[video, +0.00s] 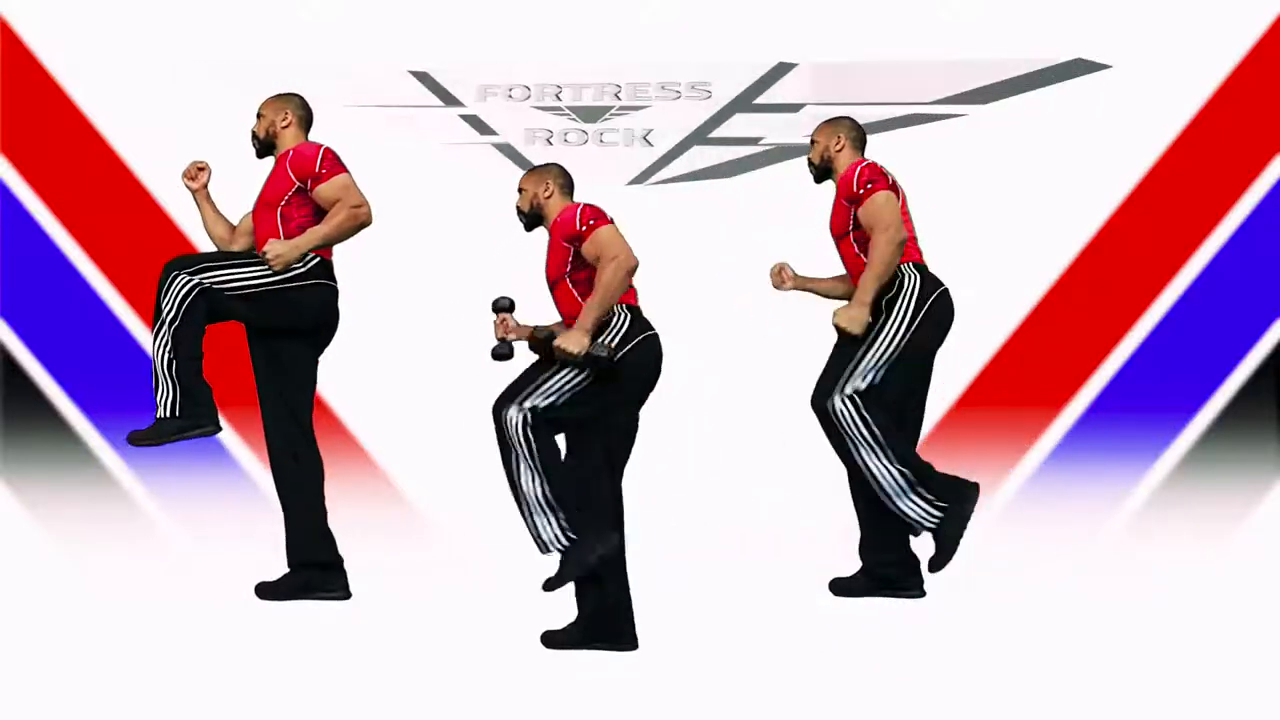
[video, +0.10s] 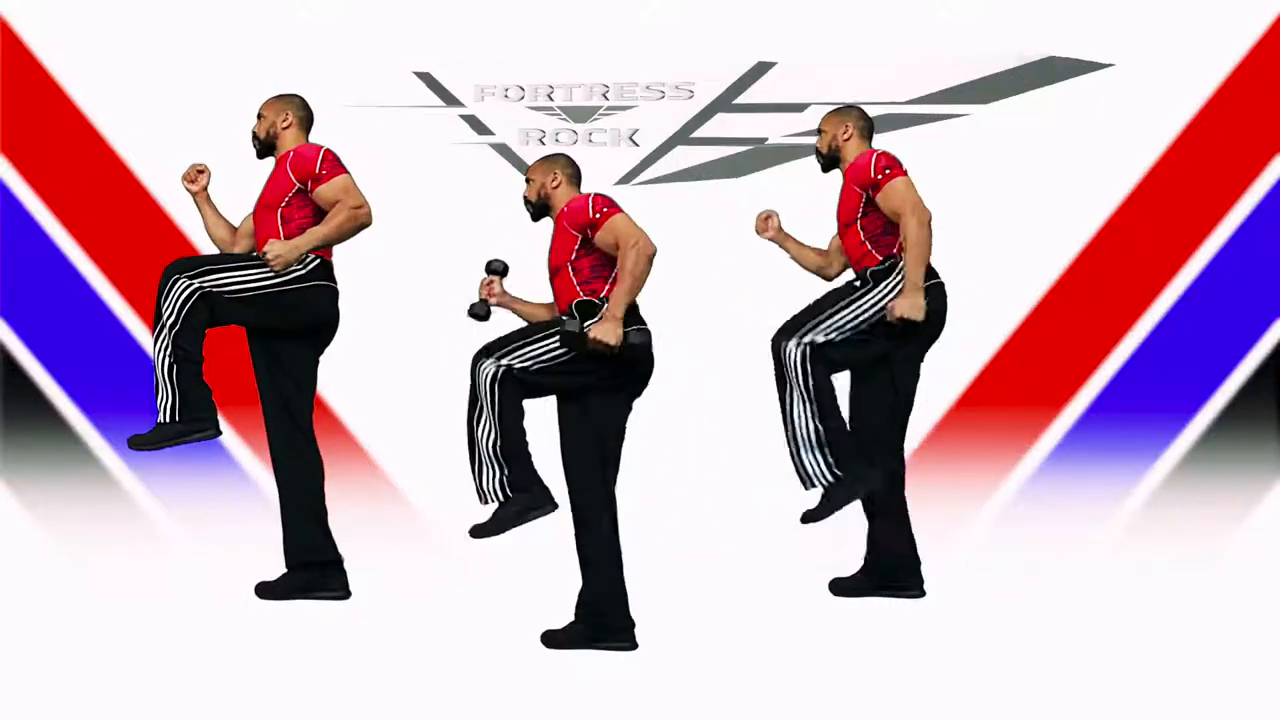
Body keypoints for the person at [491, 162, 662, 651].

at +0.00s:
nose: (518, 202)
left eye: (522, 192)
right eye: (518, 194)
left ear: (548, 189)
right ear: (548, 190)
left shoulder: (573, 215)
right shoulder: (565, 246)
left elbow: (620, 260)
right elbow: (584, 328)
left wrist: (582, 327)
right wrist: (524, 332)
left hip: (614, 340)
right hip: (621, 356)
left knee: (516, 412)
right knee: (591, 481)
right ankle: (605, 620)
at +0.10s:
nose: (525, 192)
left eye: (529, 182)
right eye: (525, 185)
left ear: (554, 179)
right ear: (558, 181)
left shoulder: (583, 206)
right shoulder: (565, 235)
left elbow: (639, 247)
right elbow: (565, 315)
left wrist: (614, 315)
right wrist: (507, 299)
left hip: (595, 334)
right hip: (610, 350)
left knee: (492, 365)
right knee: (590, 488)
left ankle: (519, 490)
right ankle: (605, 621)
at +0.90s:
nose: (523, 195)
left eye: (528, 185)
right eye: (524, 188)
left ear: (551, 182)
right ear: (558, 184)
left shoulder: (580, 208)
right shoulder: (562, 238)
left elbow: (621, 255)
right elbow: (573, 325)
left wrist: (587, 325)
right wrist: (515, 316)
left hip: (602, 344)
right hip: (609, 358)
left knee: (498, 393)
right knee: (580, 488)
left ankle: (547, 521)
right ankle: (602, 621)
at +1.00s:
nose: (513, 201)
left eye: (518, 190)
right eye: (514, 194)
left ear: (543, 187)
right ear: (548, 190)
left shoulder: (574, 216)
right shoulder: (557, 245)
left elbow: (598, 271)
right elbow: (576, 328)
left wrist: (544, 327)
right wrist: (541, 348)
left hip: (613, 333)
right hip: (606, 345)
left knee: (536, 436)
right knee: (586, 484)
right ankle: (600, 619)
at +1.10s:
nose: (503, 210)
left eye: (508, 200)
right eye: (503, 203)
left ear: (532, 197)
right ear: (536, 199)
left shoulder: (563, 225)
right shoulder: (547, 250)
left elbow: (572, 284)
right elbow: (593, 327)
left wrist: (503, 322)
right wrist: (569, 366)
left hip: (620, 341)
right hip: (597, 358)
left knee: (597, 471)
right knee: (575, 483)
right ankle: (600, 619)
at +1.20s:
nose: (493, 221)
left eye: (497, 210)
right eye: (493, 213)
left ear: (521, 205)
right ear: (527, 210)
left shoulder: (548, 232)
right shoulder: (551, 248)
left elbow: (546, 299)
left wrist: (474, 316)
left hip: (623, 345)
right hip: (601, 364)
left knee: (650, 481)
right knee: (579, 489)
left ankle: (792, 558)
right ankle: (600, 621)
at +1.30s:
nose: (488, 228)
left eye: (494, 218)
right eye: (487, 221)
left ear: (519, 215)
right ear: (519, 223)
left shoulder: (543, 243)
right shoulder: (539, 257)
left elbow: (525, 312)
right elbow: (522, 316)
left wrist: (456, 311)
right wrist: (463, 309)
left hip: (632, 350)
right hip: (607, 370)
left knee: (686, 477)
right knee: (581, 489)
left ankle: (827, 577)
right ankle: (601, 621)